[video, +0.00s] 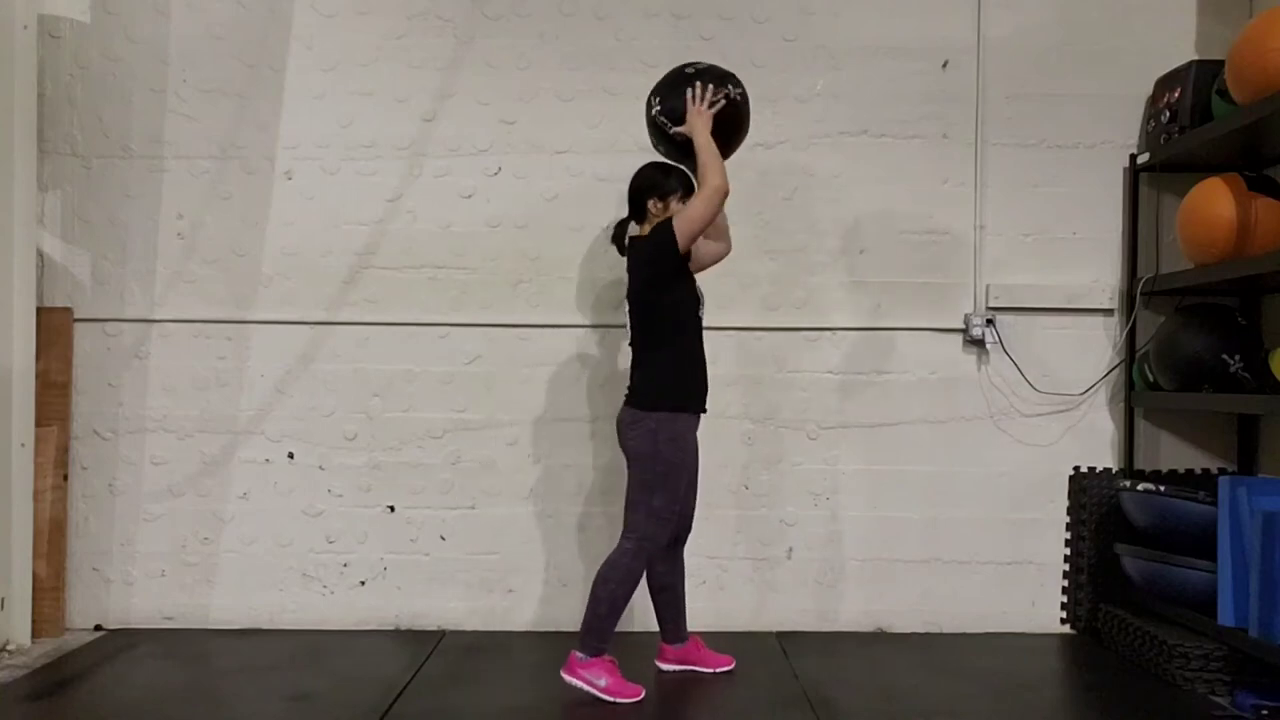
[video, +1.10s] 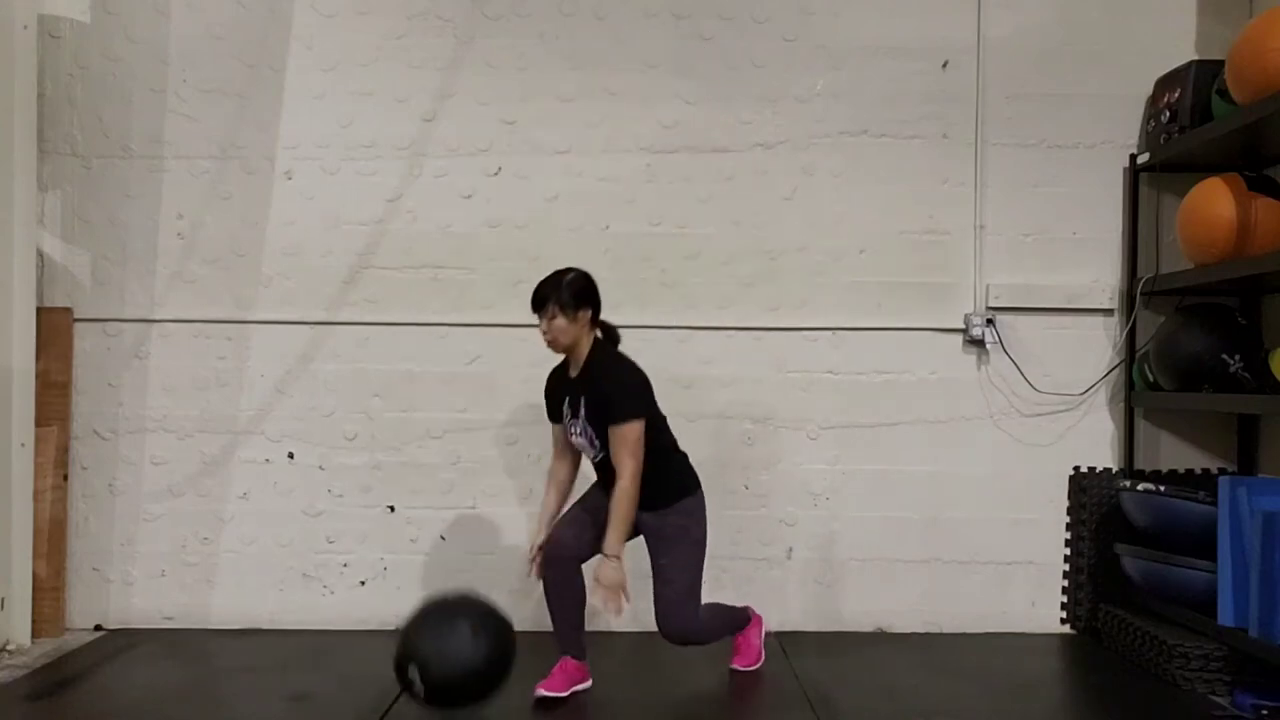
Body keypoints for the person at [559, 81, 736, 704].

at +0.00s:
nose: (696, 210)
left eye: (693, 202)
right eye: (690, 200)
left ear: (654, 207)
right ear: (669, 203)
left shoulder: (665, 256)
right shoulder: (653, 250)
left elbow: (718, 245)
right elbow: (714, 191)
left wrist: (711, 174)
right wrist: (700, 131)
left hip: (674, 420)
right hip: (656, 420)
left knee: (671, 535)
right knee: (641, 539)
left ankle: (676, 644)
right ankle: (587, 655)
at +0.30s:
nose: (672, 209)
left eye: (681, 202)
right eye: (662, 200)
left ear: (690, 209)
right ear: (642, 206)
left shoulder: (698, 256)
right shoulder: (627, 254)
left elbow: (757, 212)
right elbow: (622, 184)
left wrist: (719, 150)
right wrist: (637, 119)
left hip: (695, 424)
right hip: (640, 423)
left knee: (690, 538)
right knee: (621, 539)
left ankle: (679, 643)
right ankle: (582, 654)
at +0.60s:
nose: (610, 218)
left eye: (620, 208)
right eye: (606, 210)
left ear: (646, 210)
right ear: (599, 217)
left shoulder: (677, 253)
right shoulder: (596, 264)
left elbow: (700, 182)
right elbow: (550, 200)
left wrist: (676, 118)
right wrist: (576, 126)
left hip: (671, 427)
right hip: (609, 427)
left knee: (693, 536)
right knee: (576, 540)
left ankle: (730, 623)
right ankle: (574, 657)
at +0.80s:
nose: (595, 238)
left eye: (604, 227)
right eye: (589, 228)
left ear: (626, 228)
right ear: (578, 235)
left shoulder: (650, 275)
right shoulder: (589, 281)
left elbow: (614, 228)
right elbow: (531, 242)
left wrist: (589, 141)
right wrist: (528, 169)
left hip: (666, 447)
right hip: (611, 447)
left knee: (687, 558)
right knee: (566, 544)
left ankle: (752, 621)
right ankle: (573, 658)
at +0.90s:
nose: (580, 268)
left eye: (588, 257)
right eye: (575, 260)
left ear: (619, 252)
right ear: (575, 260)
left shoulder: (644, 302)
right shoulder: (589, 303)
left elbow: (585, 317)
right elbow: (521, 330)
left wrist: (537, 256)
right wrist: (499, 276)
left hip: (672, 465)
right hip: (620, 463)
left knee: (682, 582)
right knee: (565, 543)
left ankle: (753, 622)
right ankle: (574, 659)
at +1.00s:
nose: (562, 300)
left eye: (571, 289)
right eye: (557, 290)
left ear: (602, 288)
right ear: (557, 293)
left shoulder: (633, 348)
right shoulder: (569, 354)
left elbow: (607, 429)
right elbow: (551, 429)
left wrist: (541, 459)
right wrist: (507, 451)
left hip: (675, 486)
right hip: (622, 482)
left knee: (679, 606)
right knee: (564, 549)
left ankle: (750, 622)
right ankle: (574, 661)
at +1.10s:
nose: (544, 328)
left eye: (553, 317)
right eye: (541, 318)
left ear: (586, 317)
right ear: (545, 321)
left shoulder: (620, 378)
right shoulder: (559, 383)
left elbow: (629, 473)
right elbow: (564, 456)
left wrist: (612, 554)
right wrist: (548, 531)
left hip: (671, 501)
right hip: (616, 494)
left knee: (679, 625)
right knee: (558, 551)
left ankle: (746, 621)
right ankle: (573, 663)